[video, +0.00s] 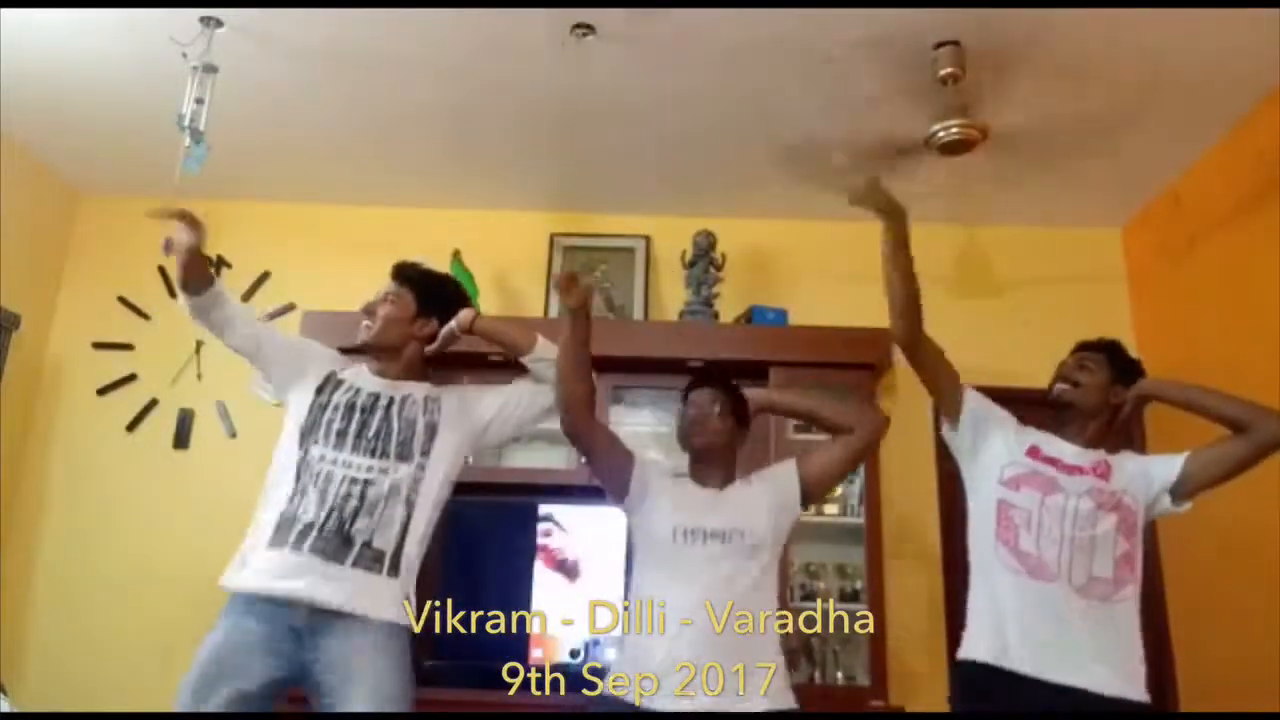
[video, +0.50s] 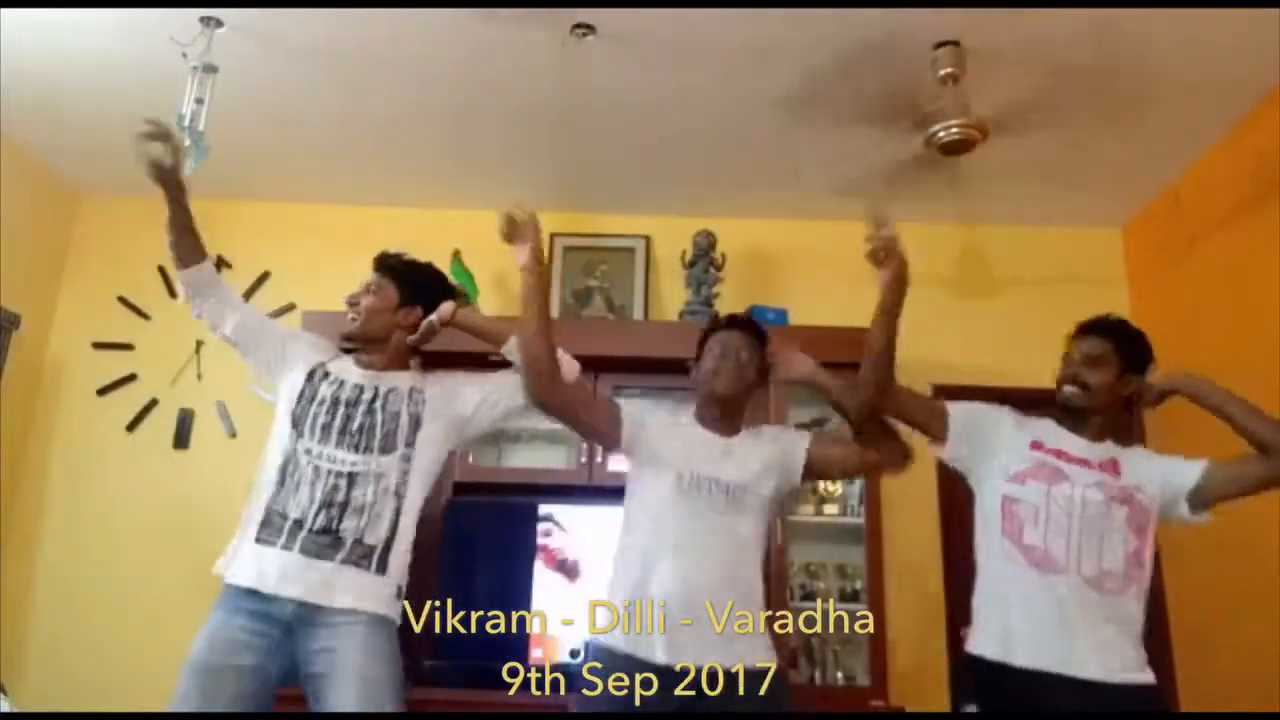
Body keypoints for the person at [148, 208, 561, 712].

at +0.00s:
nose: (369, 306)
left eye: (389, 300)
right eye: (375, 298)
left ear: (427, 331)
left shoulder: (460, 413)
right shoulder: (315, 369)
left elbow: (565, 382)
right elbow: (227, 318)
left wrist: (478, 325)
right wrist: (191, 257)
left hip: (367, 622)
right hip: (260, 604)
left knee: (374, 708)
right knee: (197, 707)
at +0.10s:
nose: (369, 315)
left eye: (390, 309)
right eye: (378, 306)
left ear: (426, 338)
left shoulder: (460, 420)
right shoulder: (313, 377)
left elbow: (569, 394)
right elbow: (226, 327)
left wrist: (489, 329)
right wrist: (213, 289)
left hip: (366, 646)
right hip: (257, 631)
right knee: (195, 704)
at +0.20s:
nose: (370, 318)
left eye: (390, 312)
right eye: (378, 309)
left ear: (427, 341)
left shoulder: (456, 422)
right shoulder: (314, 380)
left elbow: (565, 386)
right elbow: (229, 322)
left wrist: (478, 328)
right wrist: (214, 278)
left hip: (363, 650)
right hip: (255, 634)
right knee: (195, 703)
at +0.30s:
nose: (365, 303)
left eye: (385, 297)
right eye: (371, 293)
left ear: (421, 325)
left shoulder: (453, 407)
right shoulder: (316, 361)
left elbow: (563, 374)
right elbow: (215, 288)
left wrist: (471, 318)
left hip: (351, 603)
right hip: (251, 584)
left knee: (361, 704)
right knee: (195, 702)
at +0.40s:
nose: (361, 302)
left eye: (379, 296)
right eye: (367, 291)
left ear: (417, 323)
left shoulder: (455, 401)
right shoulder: (313, 360)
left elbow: (560, 372)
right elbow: (214, 288)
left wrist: (467, 315)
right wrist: (147, 181)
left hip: (351, 606)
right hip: (251, 585)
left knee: (357, 705)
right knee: (199, 702)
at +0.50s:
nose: (354, 300)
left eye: (374, 293)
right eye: (361, 290)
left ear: (413, 319)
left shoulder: (447, 399)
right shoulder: (302, 359)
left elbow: (551, 380)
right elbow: (211, 296)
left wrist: (462, 320)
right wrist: (174, 193)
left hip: (355, 617)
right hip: (251, 599)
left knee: (364, 703)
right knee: (193, 704)